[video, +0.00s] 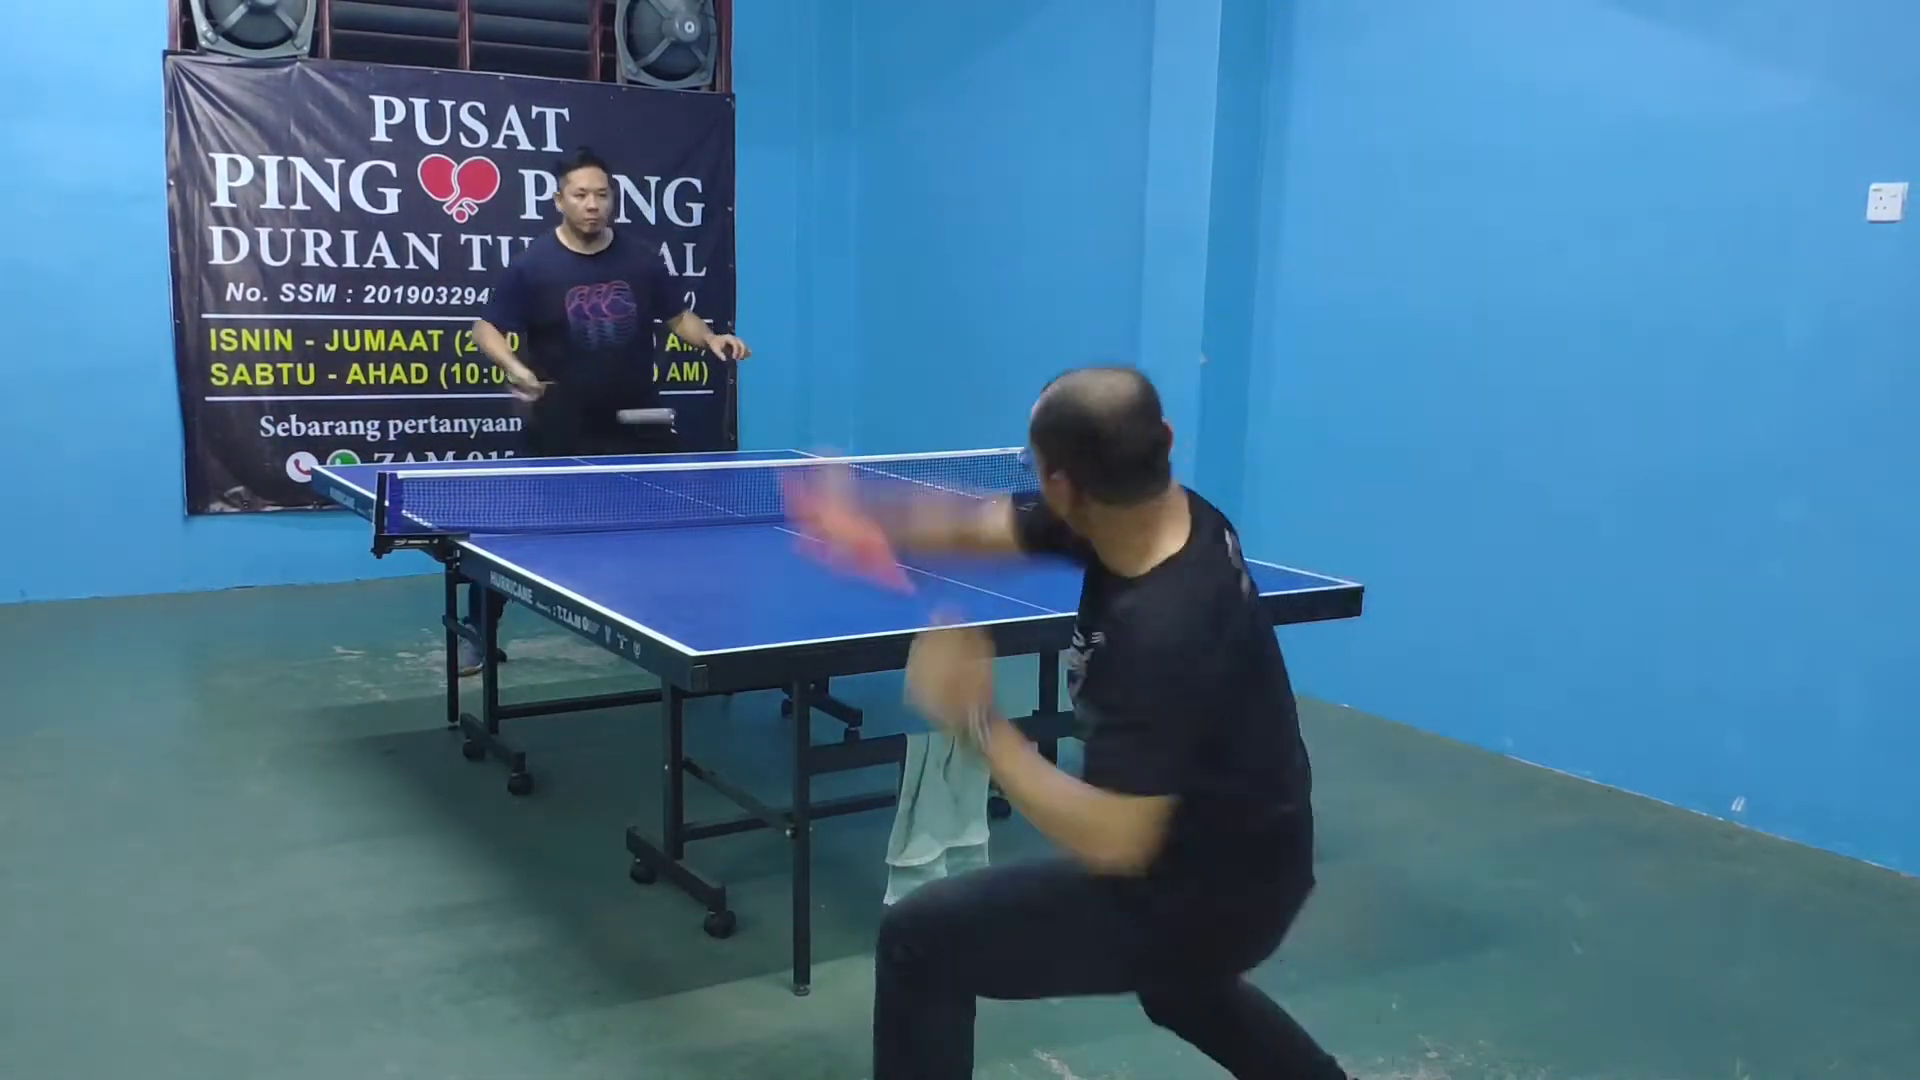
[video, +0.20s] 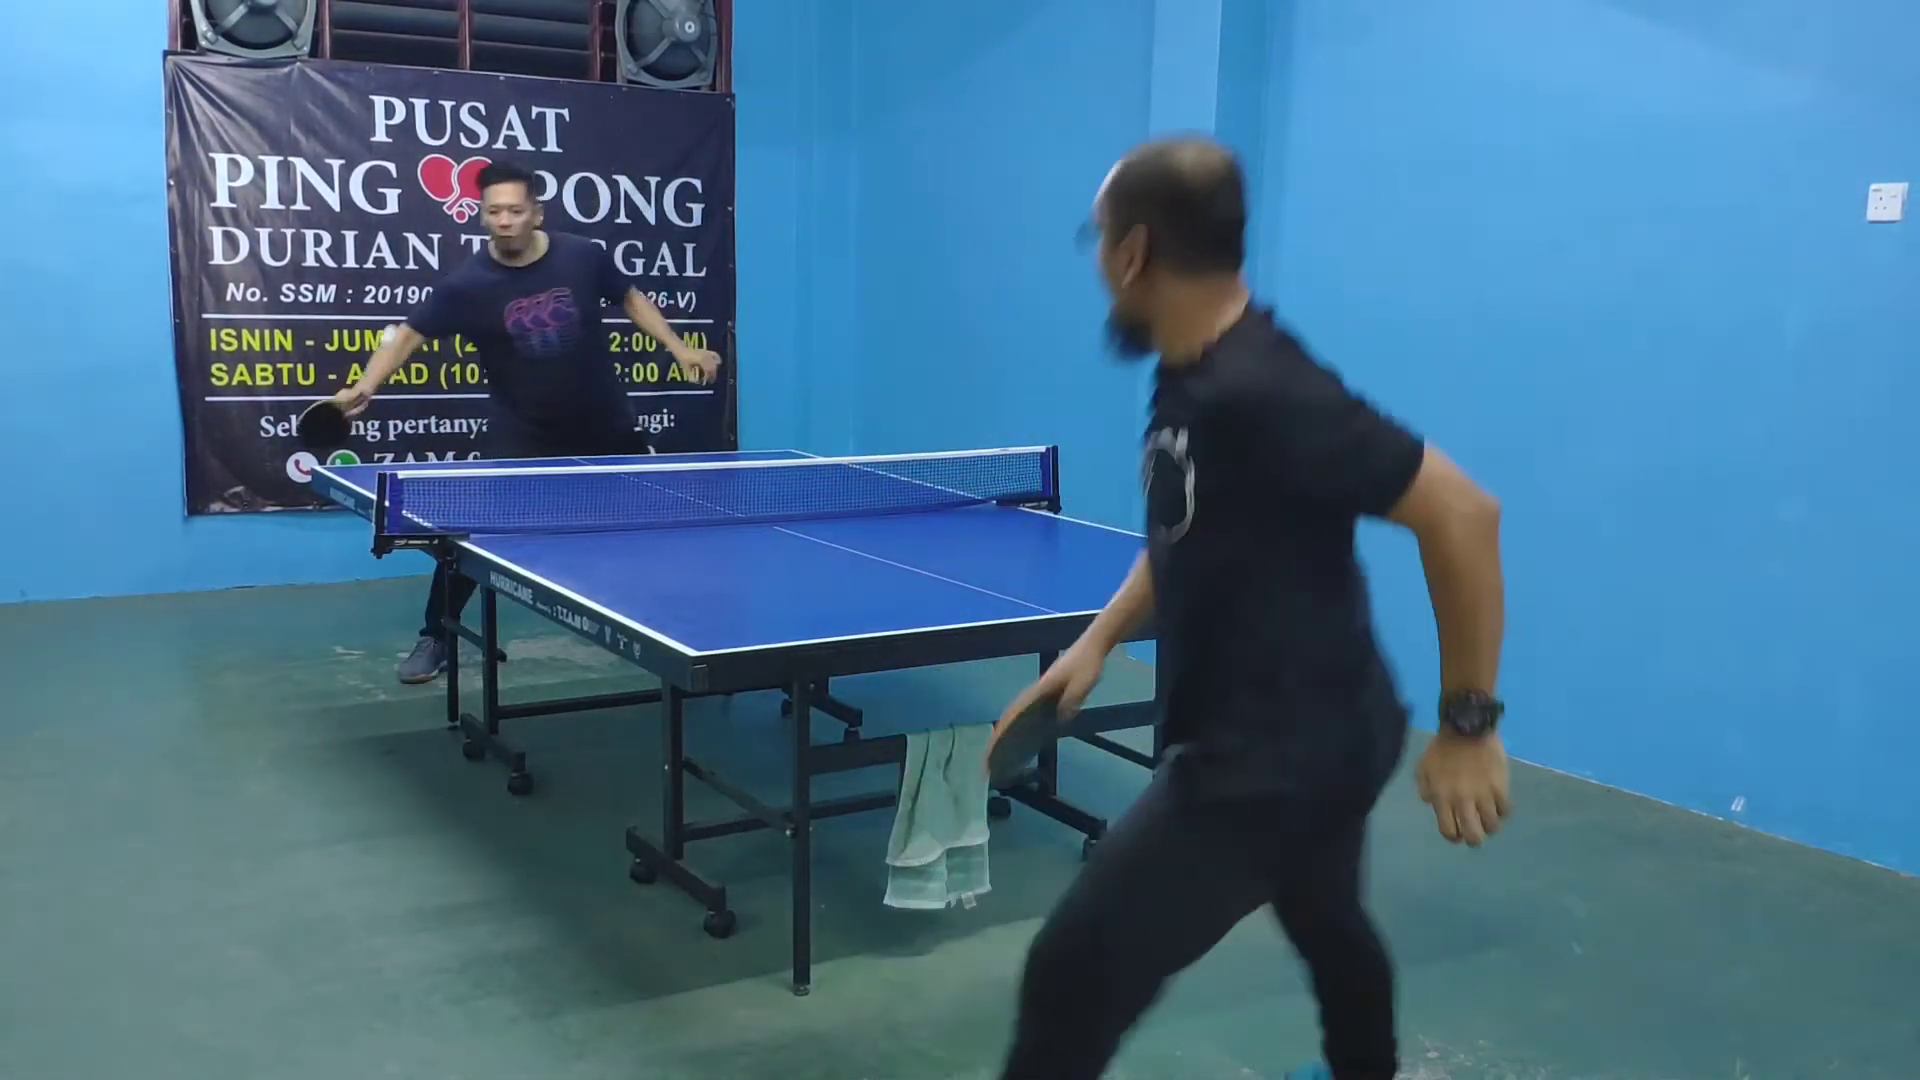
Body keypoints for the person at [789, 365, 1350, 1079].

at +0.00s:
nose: (1035, 478)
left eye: (1039, 465)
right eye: (1040, 465)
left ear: (1064, 485)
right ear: (1162, 445)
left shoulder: (1166, 628)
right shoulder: (1164, 516)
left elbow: (1118, 840)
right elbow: (980, 525)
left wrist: (982, 722)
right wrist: (872, 520)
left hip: (1198, 903)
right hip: (1245, 862)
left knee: (920, 937)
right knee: (1182, 990)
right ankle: (1315, 1071)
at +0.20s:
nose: (1098, 264)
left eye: (1102, 241)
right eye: (1098, 242)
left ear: (1135, 254)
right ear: (1217, 243)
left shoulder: (1260, 390)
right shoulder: (1195, 373)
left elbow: (1460, 515)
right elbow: (1190, 540)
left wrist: (1469, 726)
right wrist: (1097, 641)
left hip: (1273, 760)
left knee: (1071, 980)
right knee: (1332, 928)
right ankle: (1364, 1067)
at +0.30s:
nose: (1154, 215)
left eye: (1159, 192)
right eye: (1158, 191)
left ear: (1189, 211)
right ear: (1284, 201)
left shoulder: (1273, 362)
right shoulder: (1310, 321)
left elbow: (1434, 544)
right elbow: (1293, 520)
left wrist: (1386, 763)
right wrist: (1168, 611)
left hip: (1297, 751)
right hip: (1379, 720)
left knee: (1116, 994)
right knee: (1375, 911)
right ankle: (1467, 1066)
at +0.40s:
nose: (1217, 273)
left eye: (1219, 248)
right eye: (1217, 249)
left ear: (1254, 261)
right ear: (1347, 253)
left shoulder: (1304, 430)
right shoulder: (1415, 381)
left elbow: (1362, 661)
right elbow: (1425, 591)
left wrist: (1233, 831)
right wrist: (1239, 635)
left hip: (1366, 818)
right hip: (1468, 778)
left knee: (1185, 1060)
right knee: (1419, 954)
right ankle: (1547, 1070)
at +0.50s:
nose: (1248, 342)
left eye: (1252, 318)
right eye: (1250, 318)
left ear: (1290, 337)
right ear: (1388, 335)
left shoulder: (1323, 511)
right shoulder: (1456, 459)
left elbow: (1299, 767)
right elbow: (1455, 684)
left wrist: (1152, 856)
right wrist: (1292, 735)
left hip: (1416, 905)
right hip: (1536, 874)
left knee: (1193, 1070)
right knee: (1480, 1051)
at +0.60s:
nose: (1271, 318)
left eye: (1274, 291)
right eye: (1271, 293)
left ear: (1314, 302)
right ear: (1417, 295)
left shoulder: (1341, 460)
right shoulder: (1502, 423)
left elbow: (1322, 710)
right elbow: (1516, 643)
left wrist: (1200, 798)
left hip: (1447, 880)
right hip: (1585, 851)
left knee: (1228, 1068)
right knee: (1527, 1039)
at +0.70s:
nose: (1289, 234)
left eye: (1291, 206)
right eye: (1289, 207)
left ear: (1335, 211)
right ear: (1436, 206)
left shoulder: (1368, 350)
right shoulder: (1535, 332)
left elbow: (1376, 606)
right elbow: (1576, 559)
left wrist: (1277, 715)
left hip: (1518, 792)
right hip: (1647, 767)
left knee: (1407, 1059)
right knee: (1559, 1042)